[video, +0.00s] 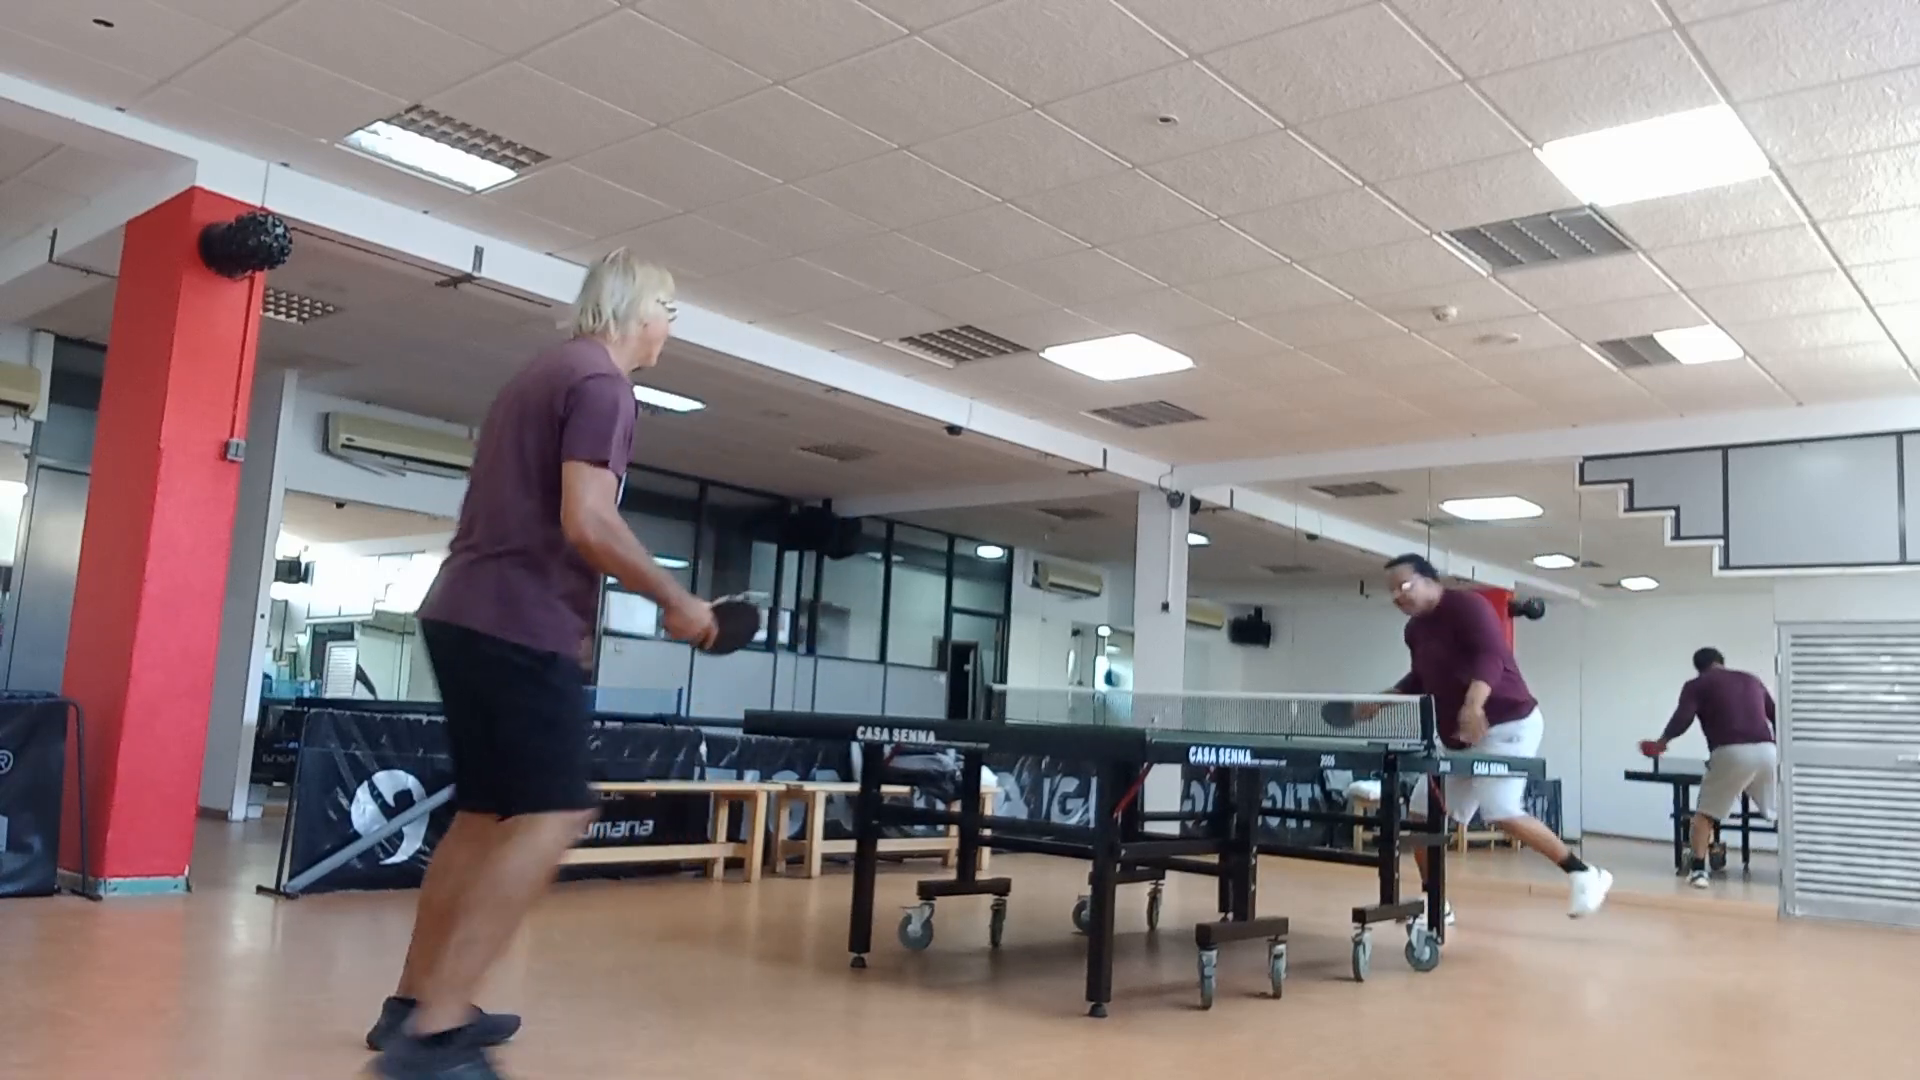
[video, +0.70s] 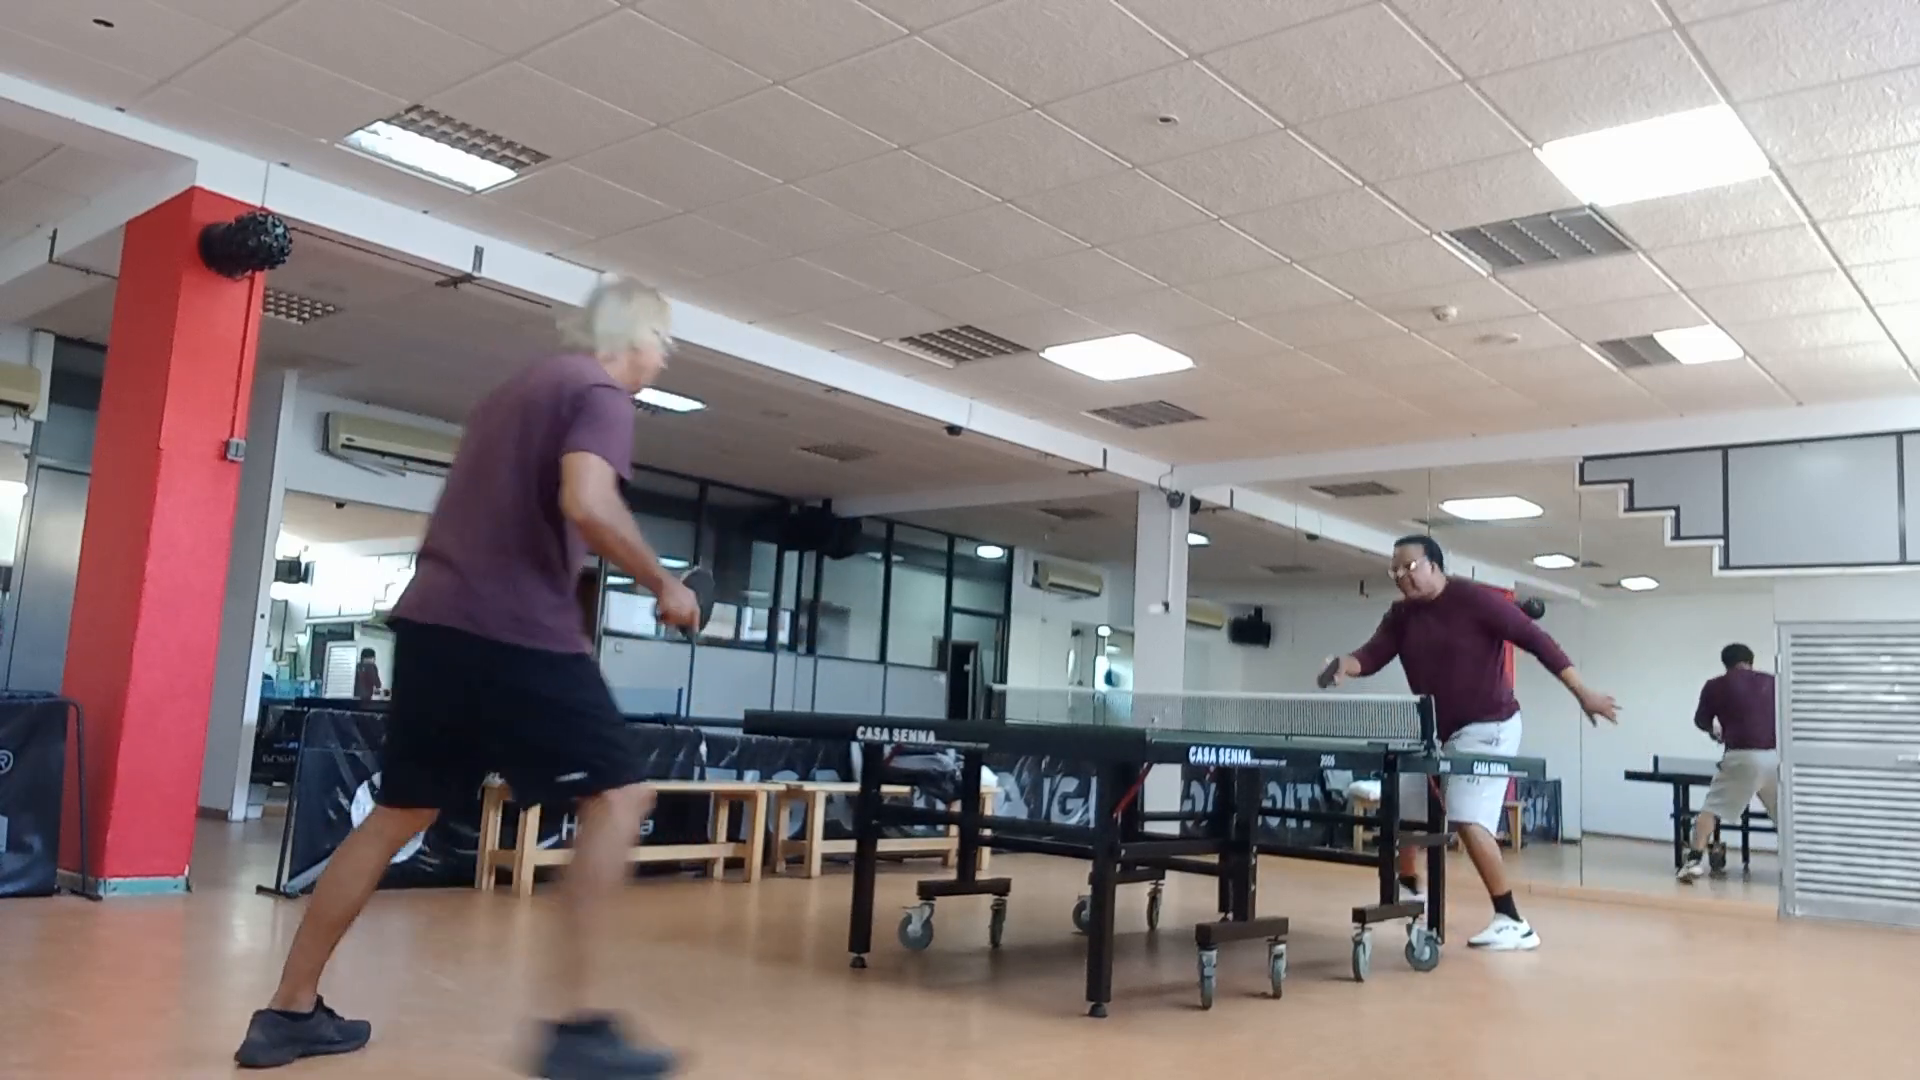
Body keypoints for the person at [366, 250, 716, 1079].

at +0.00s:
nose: (668, 339)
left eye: (671, 324)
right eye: (666, 321)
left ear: (598, 308)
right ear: (634, 314)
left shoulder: (543, 370)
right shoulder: (602, 381)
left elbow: (512, 519)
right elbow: (591, 523)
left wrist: (571, 621)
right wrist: (675, 601)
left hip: (466, 614)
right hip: (518, 625)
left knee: (486, 808)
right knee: (558, 809)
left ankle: (419, 1000)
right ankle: (438, 1023)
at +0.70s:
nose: (661, 370)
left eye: (664, 356)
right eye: (662, 353)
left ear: (589, 330)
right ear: (637, 342)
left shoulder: (519, 385)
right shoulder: (600, 390)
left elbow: (467, 516)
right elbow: (588, 501)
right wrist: (663, 584)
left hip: (432, 622)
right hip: (520, 632)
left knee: (400, 810)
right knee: (618, 792)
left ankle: (289, 1009)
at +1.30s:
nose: (875, 455)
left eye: (875, 443)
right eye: (875, 443)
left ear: (801, 414)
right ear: (862, 436)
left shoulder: (730, 445)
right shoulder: (856, 469)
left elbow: (667, 538)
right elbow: (961, 566)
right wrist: (974, 600)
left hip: (630, 629)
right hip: (729, 646)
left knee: (572, 817)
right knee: (800, 815)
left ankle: (436, 996)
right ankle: (777, 1035)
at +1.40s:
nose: (870, 432)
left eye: (863, 419)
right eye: (869, 420)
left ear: (794, 398)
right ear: (857, 415)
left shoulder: (722, 437)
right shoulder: (855, 454)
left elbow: (646, 545)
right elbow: (946, 540)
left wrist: (642, 624)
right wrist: (995, 570)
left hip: (638, 626)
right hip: (739, 639)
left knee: (582, 812)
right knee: (798, 820)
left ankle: (450, 983)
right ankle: (779, 1037)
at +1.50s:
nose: (854, 419)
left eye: (849, 411)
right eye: (856, 409)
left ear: (781, 387)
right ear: (843, 403)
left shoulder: (706, 426)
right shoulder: (840, 440)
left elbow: (629, 540)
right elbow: (935, 524)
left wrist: (697, 577)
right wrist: (981, 549)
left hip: (635, 622)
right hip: (736, 631)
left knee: (588, 800)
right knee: (793, 815)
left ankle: (467, 978)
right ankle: (785, 1033)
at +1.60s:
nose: (824, 402)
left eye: (825, 391)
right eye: (824, 391)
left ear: (750, 370)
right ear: (811, 385)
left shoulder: (675, 425)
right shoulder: (811, 427)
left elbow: (608, 540)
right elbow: (911, 506)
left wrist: (663, 584)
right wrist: (955, 532)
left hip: (624, 626)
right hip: (728, 633)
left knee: (571, 804)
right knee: (790, 820)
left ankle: (467, 988)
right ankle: (785, 1032)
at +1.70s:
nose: (778, 388)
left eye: (776, 376)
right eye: (777, 377)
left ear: (702, 364)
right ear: (765, 374)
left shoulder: (632, 423)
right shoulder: (766, 419)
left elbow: (573, 547)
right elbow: (865, 499)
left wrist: (629, 599)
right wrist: (916, 519)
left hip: (608, 642)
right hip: (712, 646)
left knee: (548, 811)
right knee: (777, 819)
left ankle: (454, 995)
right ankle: (787, 1028)